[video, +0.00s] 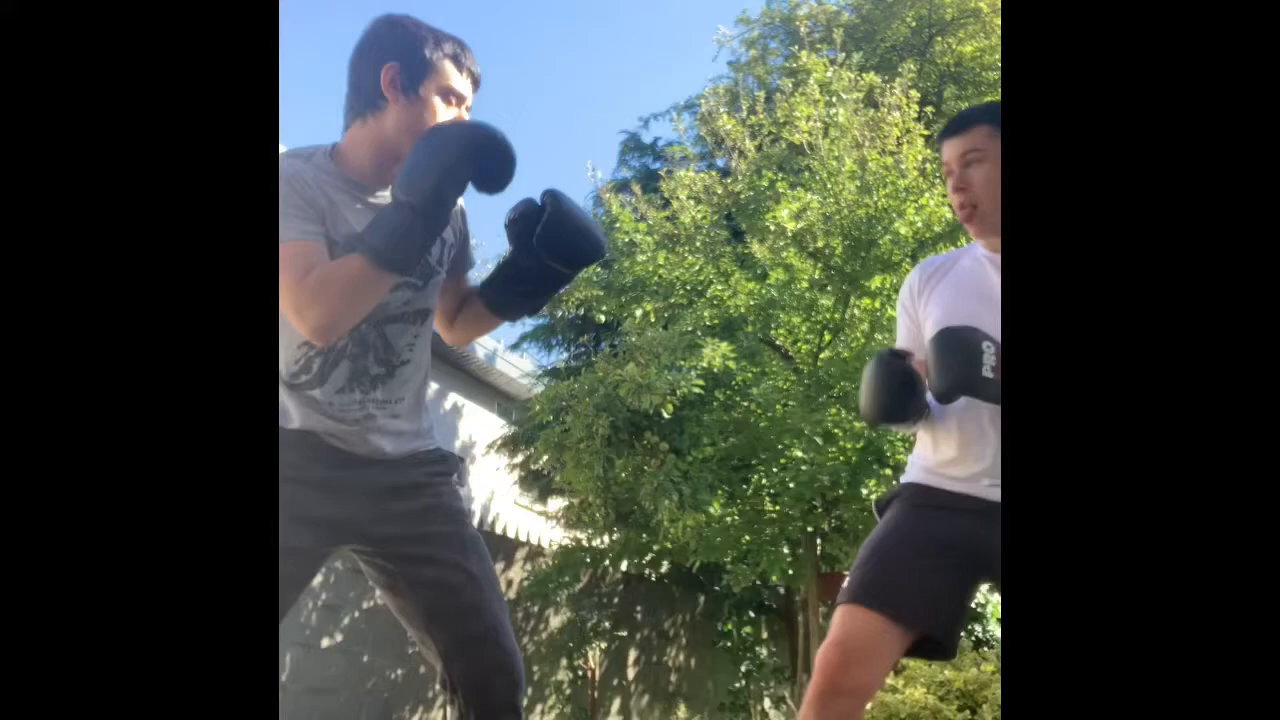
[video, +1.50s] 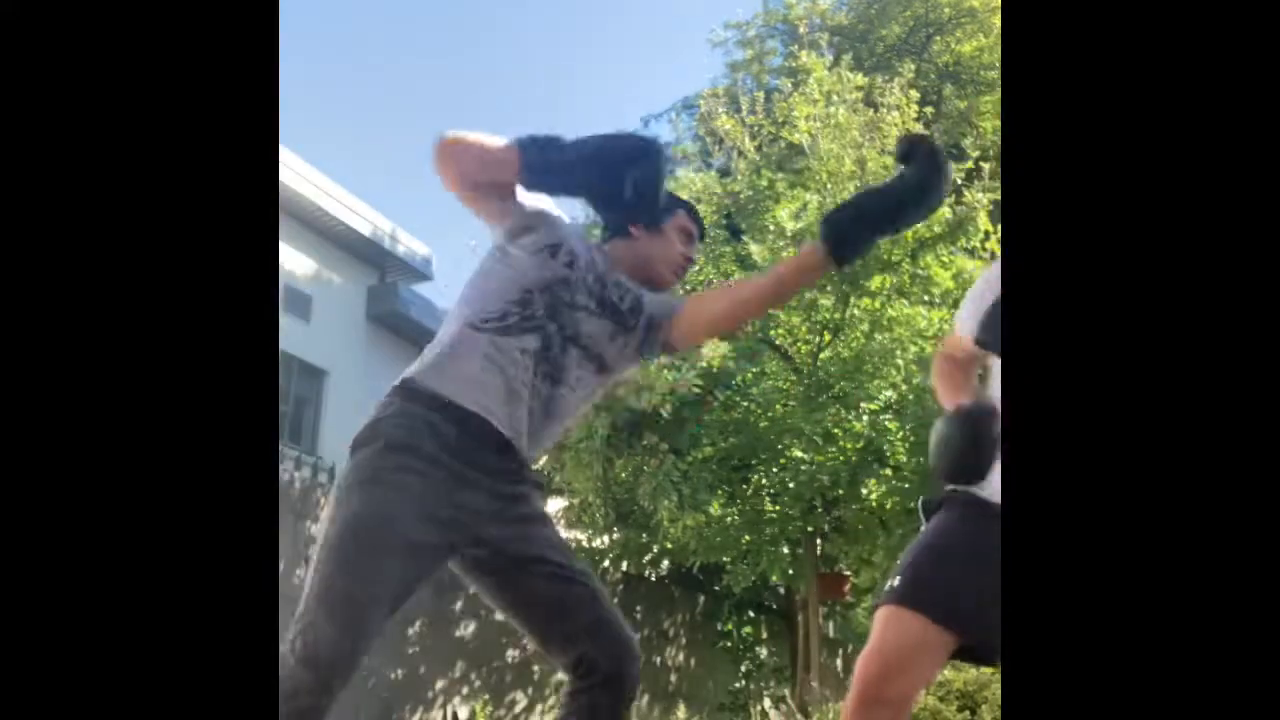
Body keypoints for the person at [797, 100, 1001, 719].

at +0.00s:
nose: (955, 184)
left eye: (972, 161)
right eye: (948, 171)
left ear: (1011, 165)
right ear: (945, 184)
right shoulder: (929, 282)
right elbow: (918, 386)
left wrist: (994, 374)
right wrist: (901, 394)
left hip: (998, 498)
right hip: (942, 495)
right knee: (840, 672)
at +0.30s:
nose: (858, 199)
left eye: (864, 176)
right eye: (843, 189)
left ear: (905, 158)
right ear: (831, 201)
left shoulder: (990, 227)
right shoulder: (866, 272)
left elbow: (976, 336)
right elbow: (854, 395)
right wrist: (826, 290)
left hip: (1000, 482)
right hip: (921, 482)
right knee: (847, 669)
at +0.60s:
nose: (805, 243)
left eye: (804, 217)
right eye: (791, 234)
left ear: (834, 177)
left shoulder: (942, 231)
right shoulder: (829, 278)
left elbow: (868, 348)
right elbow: (795, 384)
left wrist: (799, 257)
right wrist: (765, 270)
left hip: (987, 490)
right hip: (888, 487)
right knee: (801, 664)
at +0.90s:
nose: (800, 224)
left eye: (804, 200)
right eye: (789, 211)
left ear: (848, 165)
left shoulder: (957, 223)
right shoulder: (830, 277)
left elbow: (899, 335)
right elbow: (810, 406)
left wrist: (804, 255)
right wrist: (774, 308)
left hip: (992, 482)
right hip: (901, 485)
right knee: (804, 666)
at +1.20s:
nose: (958, 143)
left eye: (972, 123)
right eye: (949, 132)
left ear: (1010, 127)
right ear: (944, 149)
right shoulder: (953, 235)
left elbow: (979, 312)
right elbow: (883, 367)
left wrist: (919, 213)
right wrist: (881, 250)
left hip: (984, 466)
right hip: (955, 466)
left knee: (859, 671)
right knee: (853, 673)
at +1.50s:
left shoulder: (993, 279)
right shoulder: (998, 277)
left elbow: (955, 356)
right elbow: (955, 356)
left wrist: (966, 407)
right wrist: (966, 410)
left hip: (987, 503)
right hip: (988, 499)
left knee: (879, 691)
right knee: (876, 691)